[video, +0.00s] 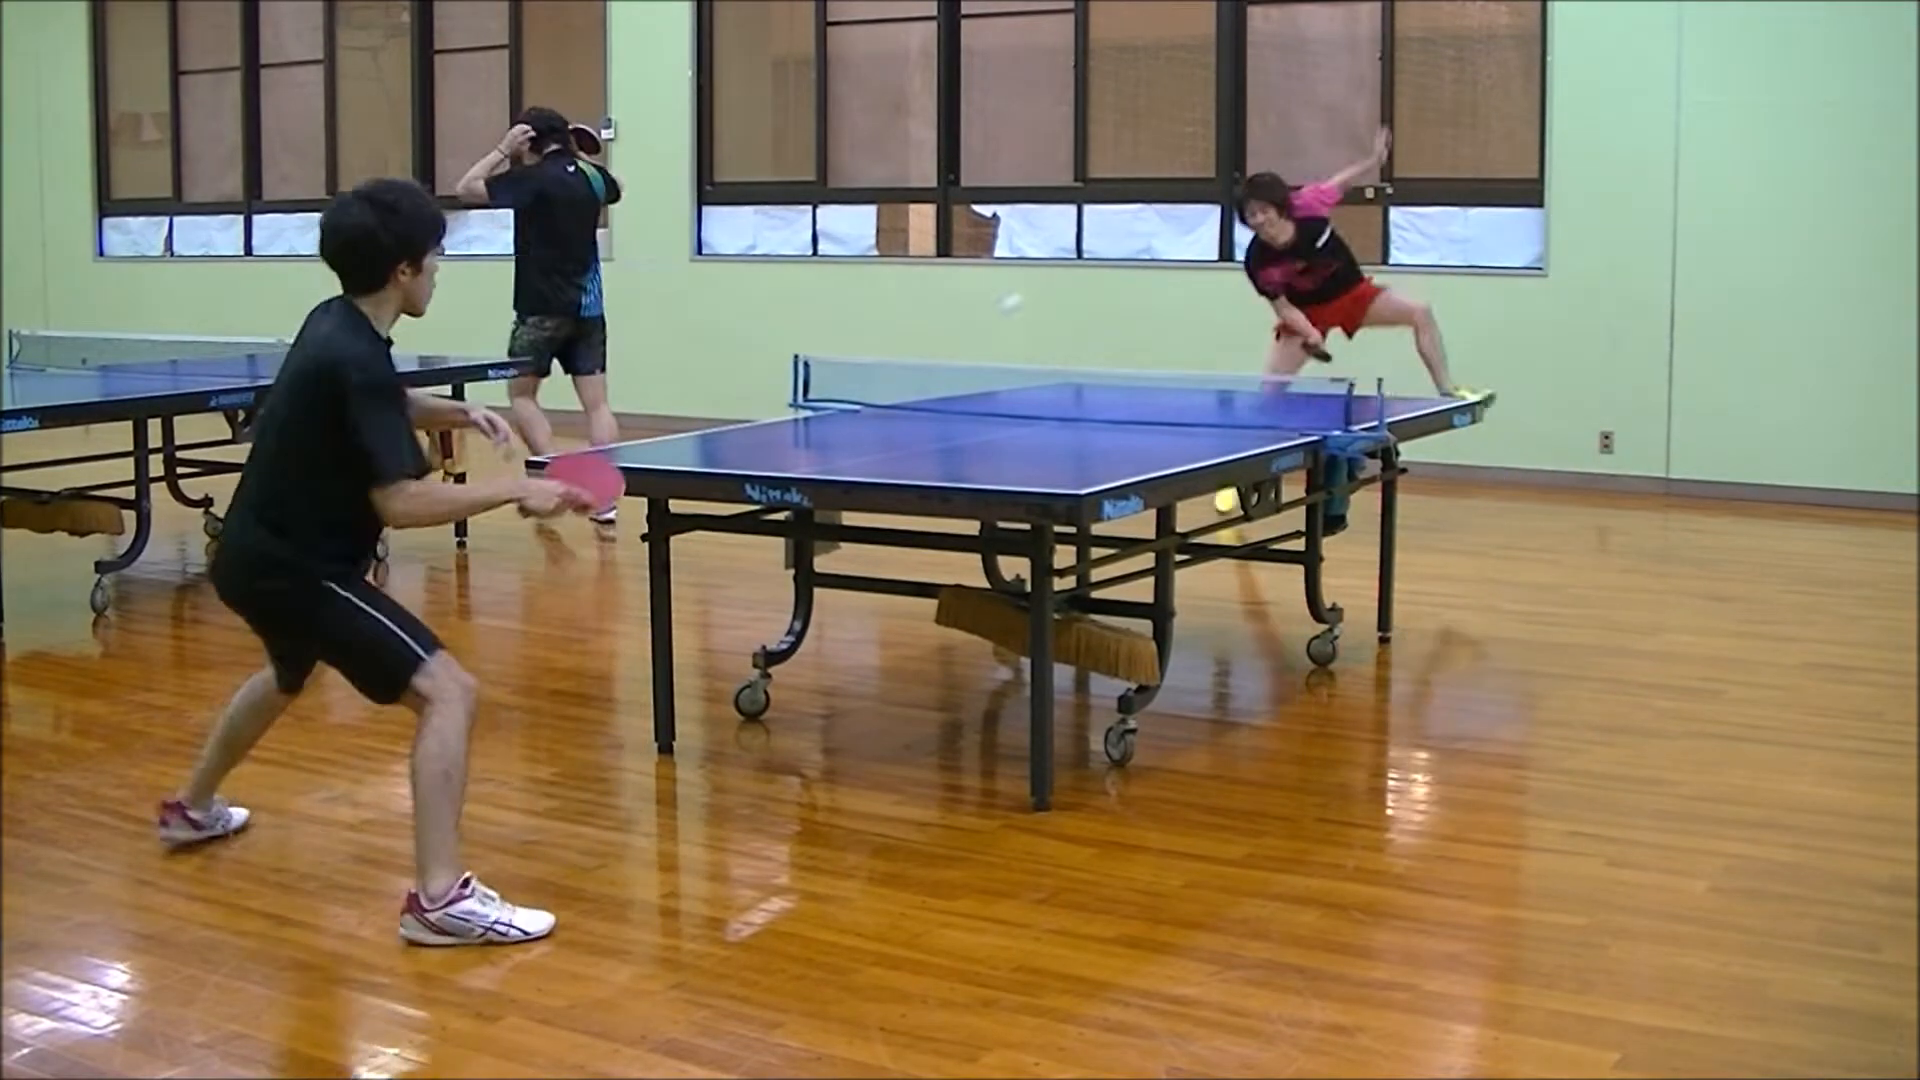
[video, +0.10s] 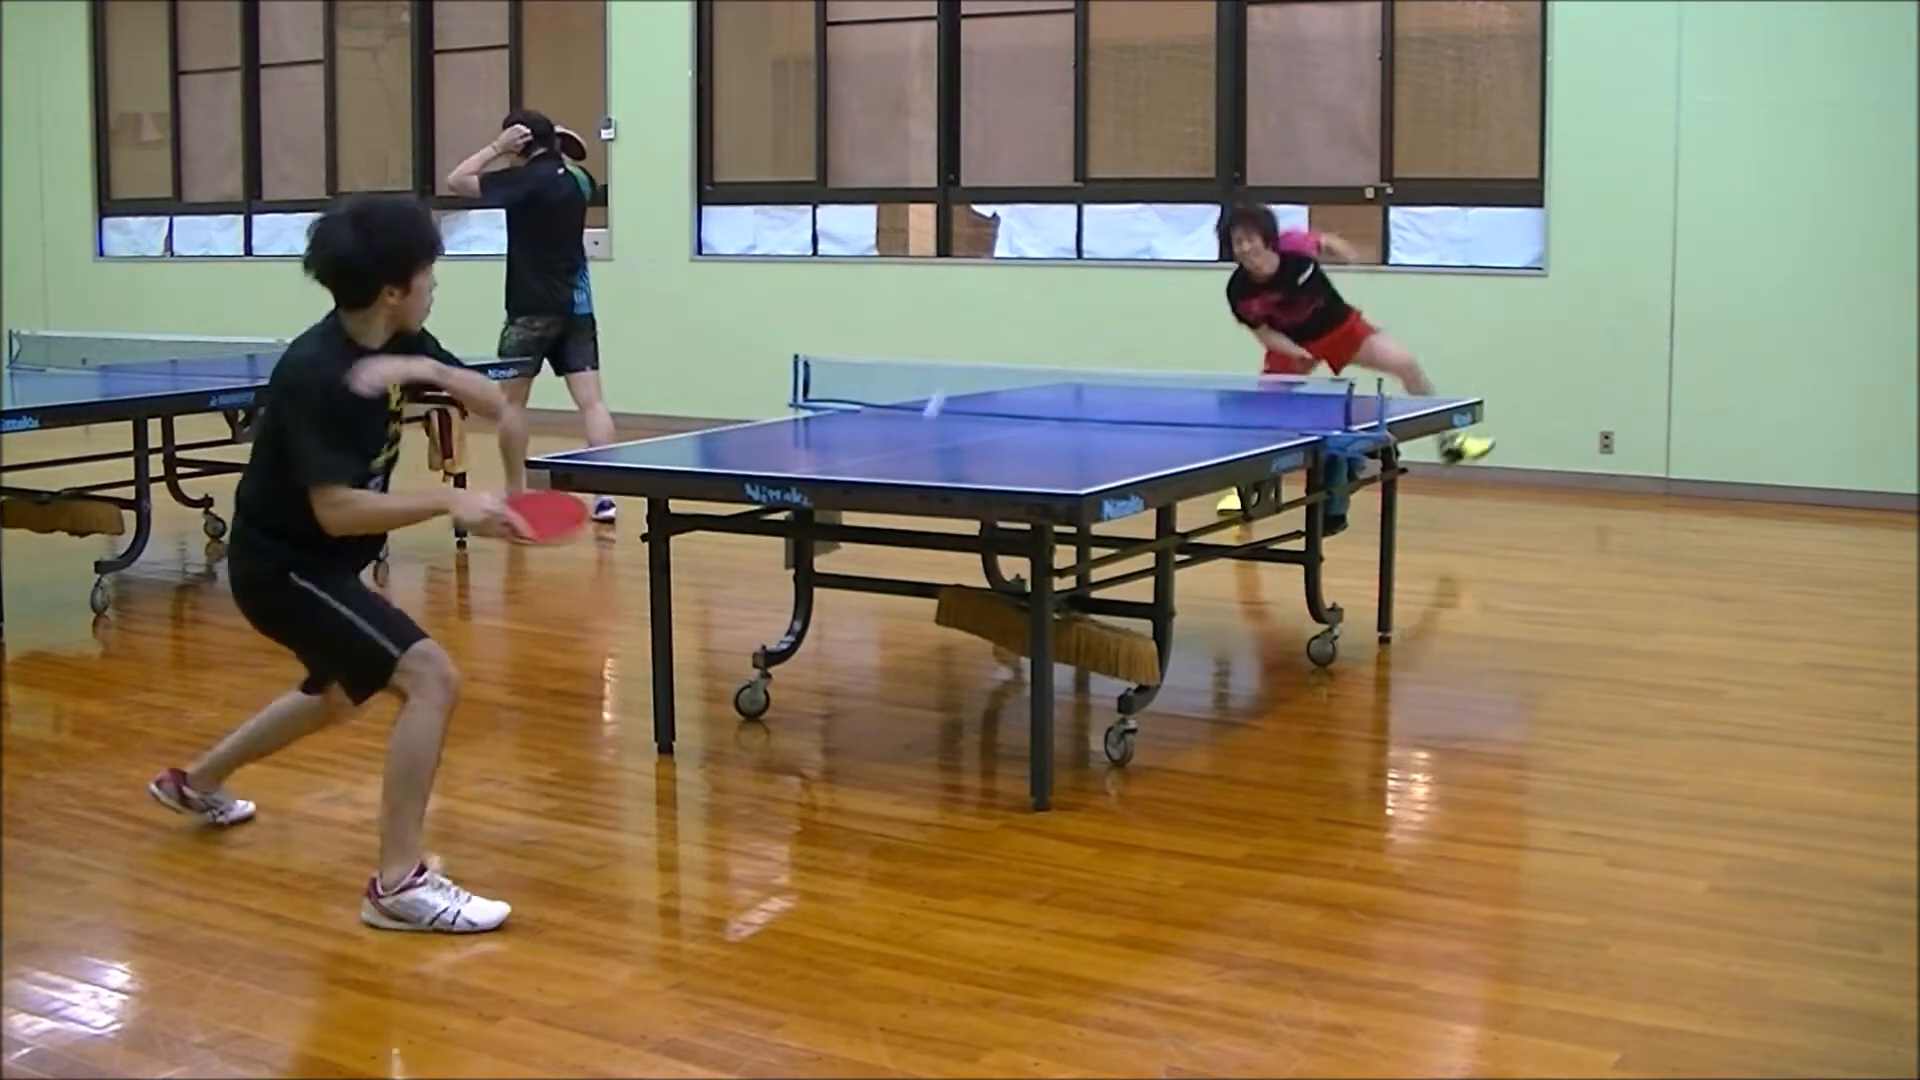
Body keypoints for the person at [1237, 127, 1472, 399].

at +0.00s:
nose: (1258, 220)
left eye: (1263, 211)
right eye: (1251, 215)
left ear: (1279, 204)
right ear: (1246, 220)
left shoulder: (1310, 205)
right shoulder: (1258, 261)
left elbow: (1341, 181)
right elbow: (1282, 307)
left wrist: (1374, 161)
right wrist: (1309, 333)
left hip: (1353, 298)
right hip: (1305, 314)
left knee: (1420, 314)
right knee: (1270, 391)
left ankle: (1447, 392)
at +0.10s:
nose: (1246, 248)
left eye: (1252, 238)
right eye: (1238, 242)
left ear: (1267, 235)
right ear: (1231, 247)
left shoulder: (1295, 246)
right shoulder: (1238, 292)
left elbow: (1339, 252)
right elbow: (1264, 334)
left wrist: (1341, 250)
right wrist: (1294, 353)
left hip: (1340, 331)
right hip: (1288, 350)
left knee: (1406, 364)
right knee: (1264, 418)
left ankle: (1448, 440)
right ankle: (1246, 488)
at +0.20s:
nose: (1251, 263)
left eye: (1258, 254)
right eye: (1244, 257)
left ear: (1274, 256)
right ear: (1238, 263)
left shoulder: (1305, 271)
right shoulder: (1242, 305)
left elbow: (1344, 298)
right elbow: (1260, 353)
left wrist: (1330, 339)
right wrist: (1293, 368)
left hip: (1337, 350)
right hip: (1284, 364)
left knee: (1379, 387)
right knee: (1259, 419)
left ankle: (1399, 483)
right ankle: (1246, 487)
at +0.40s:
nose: (1323, 216)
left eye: (1331, 208)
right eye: (1317, 208)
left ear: (1347, 213)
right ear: (1308, 216)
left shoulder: (1368, 247)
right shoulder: (1299, 256)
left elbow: (1386, 289)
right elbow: (1295, 311)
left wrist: (1366, 322)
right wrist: (1332, 334)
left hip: (1376, 337)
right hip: (1321, 339)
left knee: (1408, 408)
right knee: (1291, 410)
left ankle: (1397, 487)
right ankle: (1256, 485)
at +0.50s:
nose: (1348, 203)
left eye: (1357, 195)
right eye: (1342, 196)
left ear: (1373, 201)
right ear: (1334, 201)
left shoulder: (1393, 234)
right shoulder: (1322, 242)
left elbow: (1409, 281)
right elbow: (1319, 298)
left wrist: (1403, 310)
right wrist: (1345, 329)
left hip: (1395, 327)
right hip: (1345, 330)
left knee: (1435, 399)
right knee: (1314, 401)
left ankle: (1441, 478)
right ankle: (1297, 477)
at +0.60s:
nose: (1377, 214)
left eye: (1385, 206)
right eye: (1370, 206)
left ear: (1400, 211)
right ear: (1361, 212)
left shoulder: (1418, 246)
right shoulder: (1347, 252)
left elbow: (1439, 295)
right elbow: (1332, 303)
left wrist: (1442, 331)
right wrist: (1349, 343)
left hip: (1417, 346)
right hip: (1366, 349)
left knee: (1467, 411)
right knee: (1332, 418)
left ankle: (1503, 492)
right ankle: (1325, 506)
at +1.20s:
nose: (1304, 285)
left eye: (1312, 280)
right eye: (1299, 275)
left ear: (1319, 284)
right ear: (1285, 269)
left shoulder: (1317, 315)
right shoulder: (1248, 291)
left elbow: (1330, 366)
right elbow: (1217, 328)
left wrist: (1335, 401)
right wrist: (1243, 368)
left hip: (1295, 386)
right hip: (1240, 382)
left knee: (1355, 418)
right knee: (1203, 428)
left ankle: (1398, 480)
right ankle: (1190, 499)